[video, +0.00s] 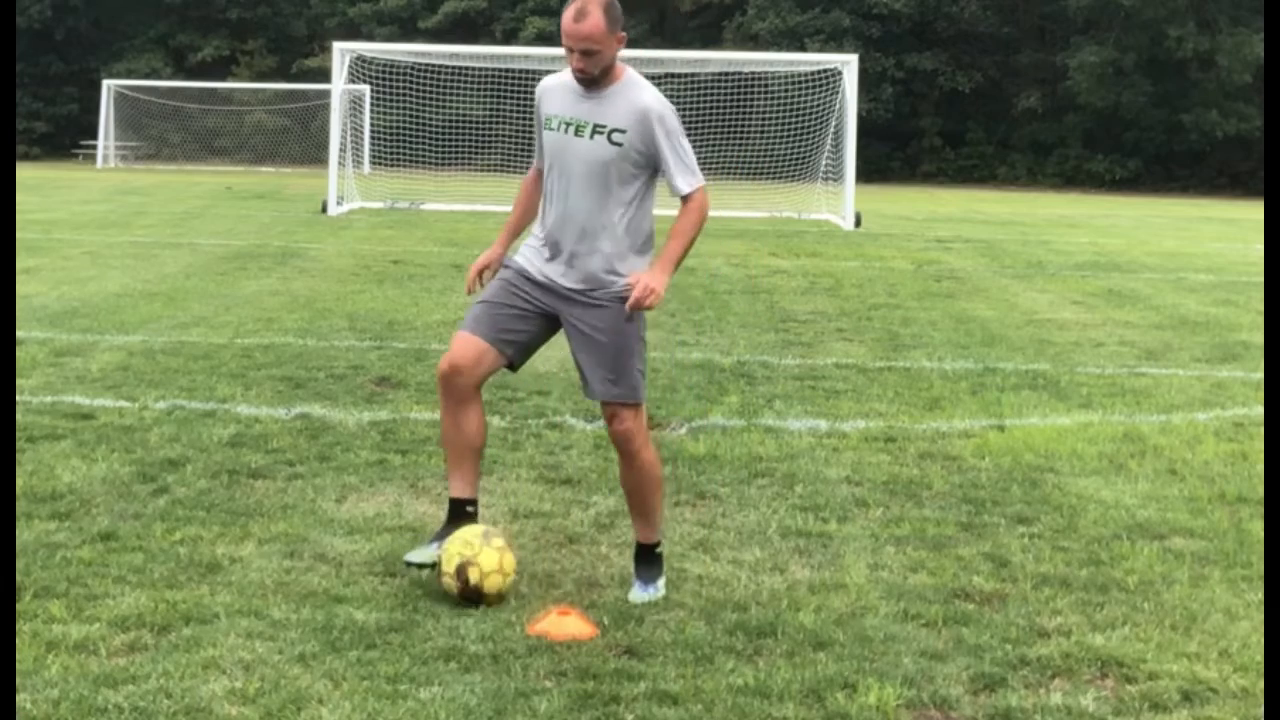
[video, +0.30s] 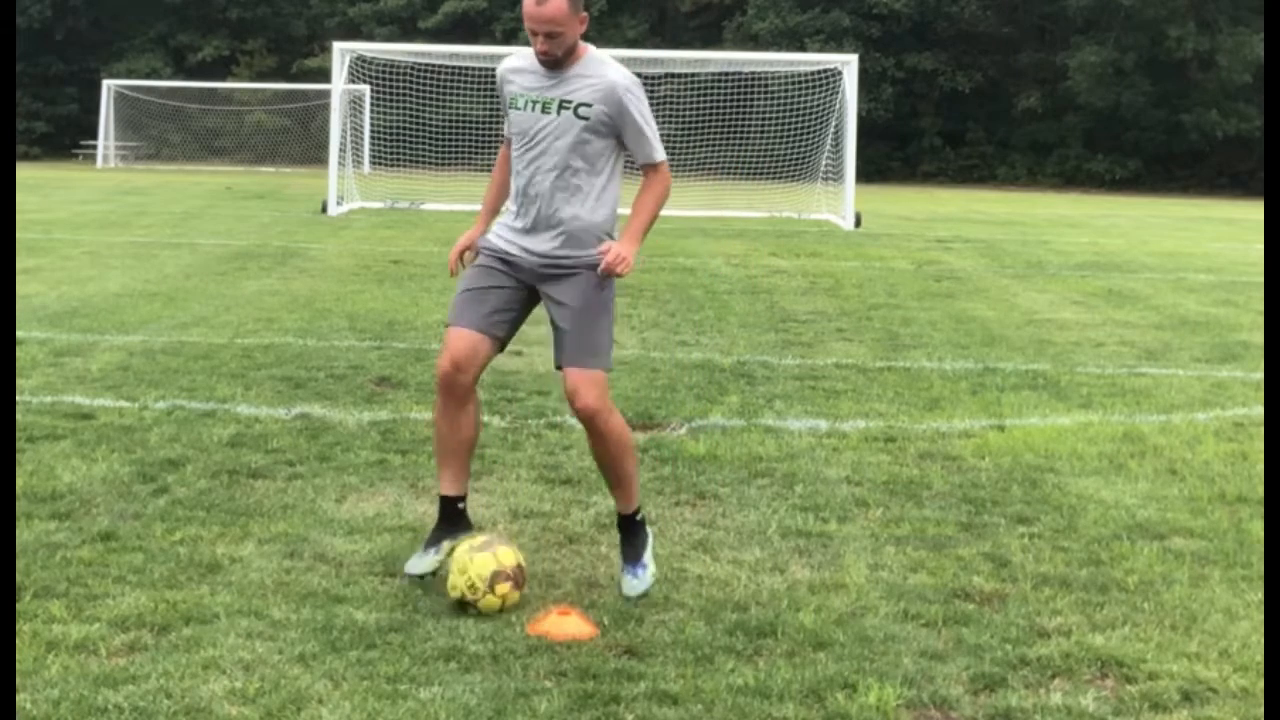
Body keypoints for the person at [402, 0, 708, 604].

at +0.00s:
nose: (578, 63)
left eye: (590, 53)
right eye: (570, 51)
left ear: (620, 43)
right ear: (561, 38)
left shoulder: (649, 108)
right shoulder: (551, 91)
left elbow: (697, 199)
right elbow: (541, 175)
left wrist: (661, 269)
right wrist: (502, 245)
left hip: (608, 288)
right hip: (536, 271)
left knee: (625, 427)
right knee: (456, 373)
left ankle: (648, 562)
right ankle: (461, 527)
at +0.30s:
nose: (541, 44)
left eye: (553, 34)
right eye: (533, 32)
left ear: (582, 21)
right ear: (524, 19)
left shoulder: (614, 85)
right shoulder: (512, 74)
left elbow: (658, 173)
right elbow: (509, 150)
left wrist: (630, 240)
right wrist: (482, 224)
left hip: (580, 263)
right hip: (506, 251)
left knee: (588, 402)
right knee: (453, 370)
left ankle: (632, 528)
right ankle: (451, 522)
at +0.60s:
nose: (503, 64)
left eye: (514, 52)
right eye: (493, 52)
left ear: (540, 40)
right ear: (481, 43)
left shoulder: (579, 98)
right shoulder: (472, 97)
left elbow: (619, 182)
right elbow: (465, 174)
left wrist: (612, 261)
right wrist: (443, 253)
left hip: (564, 256)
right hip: (492, 257)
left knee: (550, 367)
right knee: (452, 394)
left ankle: (577, 479)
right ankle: (438, 543)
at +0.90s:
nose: (470, 83)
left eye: (481, 70)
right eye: (459, 71)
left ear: (506, 58)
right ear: (447, 63)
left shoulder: (547, 114)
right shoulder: (442, 123)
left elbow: (593, 197)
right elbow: (430, 211)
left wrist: (596, 281)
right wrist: (404, 295)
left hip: (543, 267)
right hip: (473, 277)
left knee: (526, 353)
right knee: (430, 410)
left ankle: (531, 498)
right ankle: (446, 552)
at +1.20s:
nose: (457, 61)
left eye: (467, 49)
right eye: (447, 50)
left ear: (492, 35)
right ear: (434, 43)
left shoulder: (536, 93)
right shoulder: (427, 104)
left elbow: (582, 174)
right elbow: (413, 191)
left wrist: (580, 253)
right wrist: (388, 272)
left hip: (526, 259)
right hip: (453, 272)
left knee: (518, 354)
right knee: (432, 410)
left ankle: (520, 506)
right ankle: (444, 553)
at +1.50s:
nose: (453, 37)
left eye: (463, 25)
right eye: (441, 26)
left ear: (489, 10)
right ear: (428, 18)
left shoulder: (532, 67)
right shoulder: (417, 82)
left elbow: (576, 146)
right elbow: (399, 167)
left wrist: (570, 219)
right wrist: (371, 249)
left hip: (521, 237)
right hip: (448, 246)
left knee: (510, 347)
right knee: (434, 388)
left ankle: (496, 469)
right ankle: (435, 539)